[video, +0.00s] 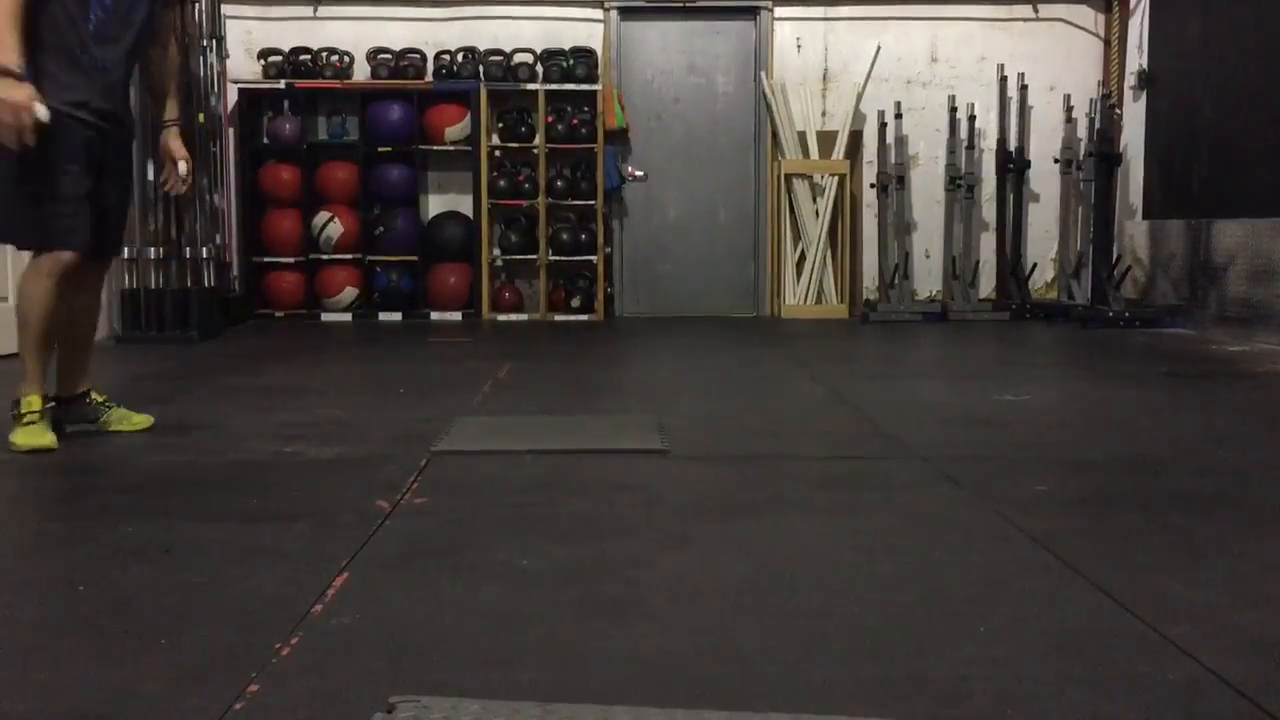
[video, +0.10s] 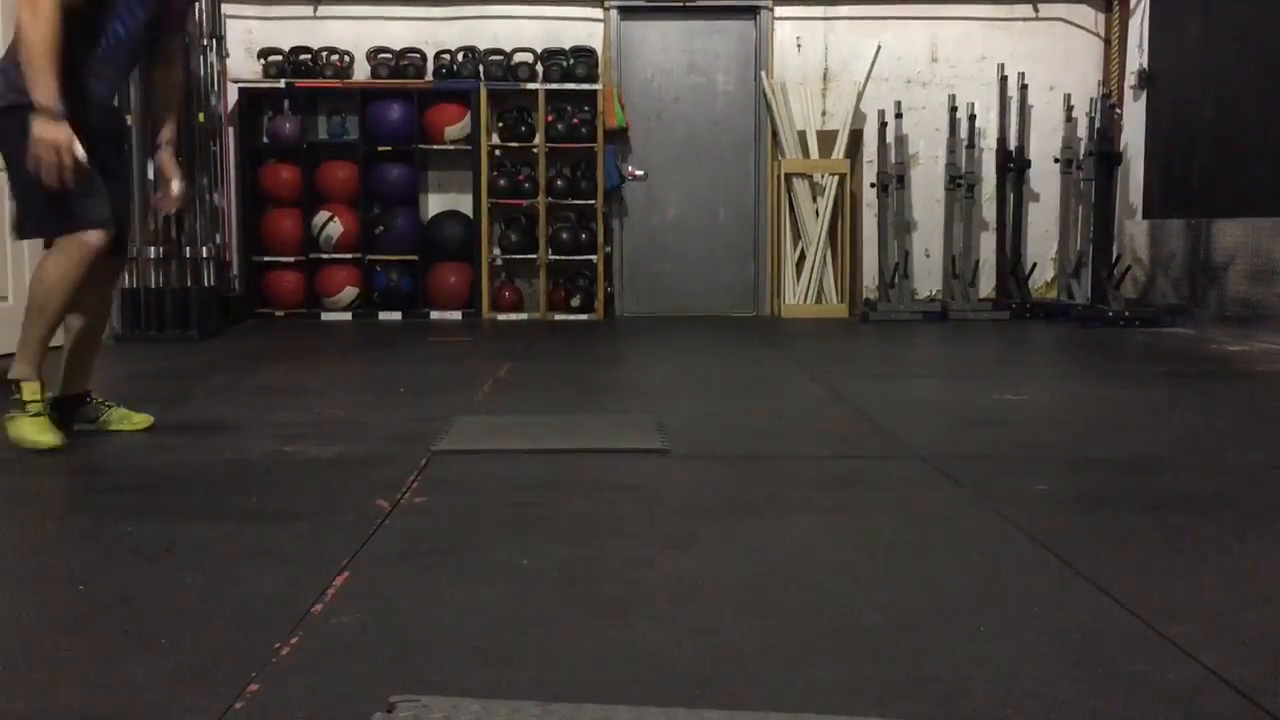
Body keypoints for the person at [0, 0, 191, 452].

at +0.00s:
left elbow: (163, 39)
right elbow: (13, 7)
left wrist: (170, 125)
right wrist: (11, 75)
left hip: (112, 114)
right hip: (50, 106)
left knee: (94, 259)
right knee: (58, 251)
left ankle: (73, 398)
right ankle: (32, 403)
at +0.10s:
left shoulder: (171, 7)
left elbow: (167, 59)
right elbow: (37, 7)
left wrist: (166, 145)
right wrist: (46, 111)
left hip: (97, 103)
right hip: (33, 95)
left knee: (111, 248)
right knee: (87, 232)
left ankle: (74, 396)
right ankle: (23, 378)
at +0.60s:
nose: (329, 272)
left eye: (337, 267)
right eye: (334, 262)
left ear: (321, 220)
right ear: (318, 232)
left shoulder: (292, 210)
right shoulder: (257, 221)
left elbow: (329, 309)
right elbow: (283, 334)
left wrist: (380, 381)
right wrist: (332, 428)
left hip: (108, 110)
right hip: (76, 112)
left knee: (139, 266)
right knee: (119, 268)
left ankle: (74, 381)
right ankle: (19, 407)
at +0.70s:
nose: (355, 307)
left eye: (365, 305)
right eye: (362, 296)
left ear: (362, 257)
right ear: (358, 266)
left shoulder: (331, 233)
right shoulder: (292, 235)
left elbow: (347, 321)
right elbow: (287, 343)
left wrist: (375, 397)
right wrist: (328, 437)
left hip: (155, 141)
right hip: (133, 136)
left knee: (113, 296)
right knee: (106, 298)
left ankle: (15, 350)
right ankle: (8, 343)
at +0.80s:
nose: (422, 281)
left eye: (432, 275)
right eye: (430, 269)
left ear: (415, 232)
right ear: (412, 235)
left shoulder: (369, 232)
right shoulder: (338, 225)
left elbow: (368, 315)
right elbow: (306, 335)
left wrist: (376, 396)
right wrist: (328, 437)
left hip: (174, 194)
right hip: (161, 193)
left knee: (51, 312)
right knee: (65, 344)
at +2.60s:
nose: (477, 71)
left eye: (483, 60)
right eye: (476, 55)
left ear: (456, 46)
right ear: (443, 35)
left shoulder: (408, 100)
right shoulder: (373, 70)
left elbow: (353, 174)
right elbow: (280, 125)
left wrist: (347, 239)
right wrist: (213, 205)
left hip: (278, 146)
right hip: (211, 130)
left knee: (330, 246)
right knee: (200, 260)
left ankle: (292, 381)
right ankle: (64, 350)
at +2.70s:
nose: (493, 42)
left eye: (499, 33)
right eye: (495, 27)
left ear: (475, 16)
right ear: (466, 6)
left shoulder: (428, 64)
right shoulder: (388, 30)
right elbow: (275, 65)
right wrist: (189, 129)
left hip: (303, 124)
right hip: (248, 106)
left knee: (319, 242)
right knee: (256, 239)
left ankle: (289, 381)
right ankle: (146, 355)